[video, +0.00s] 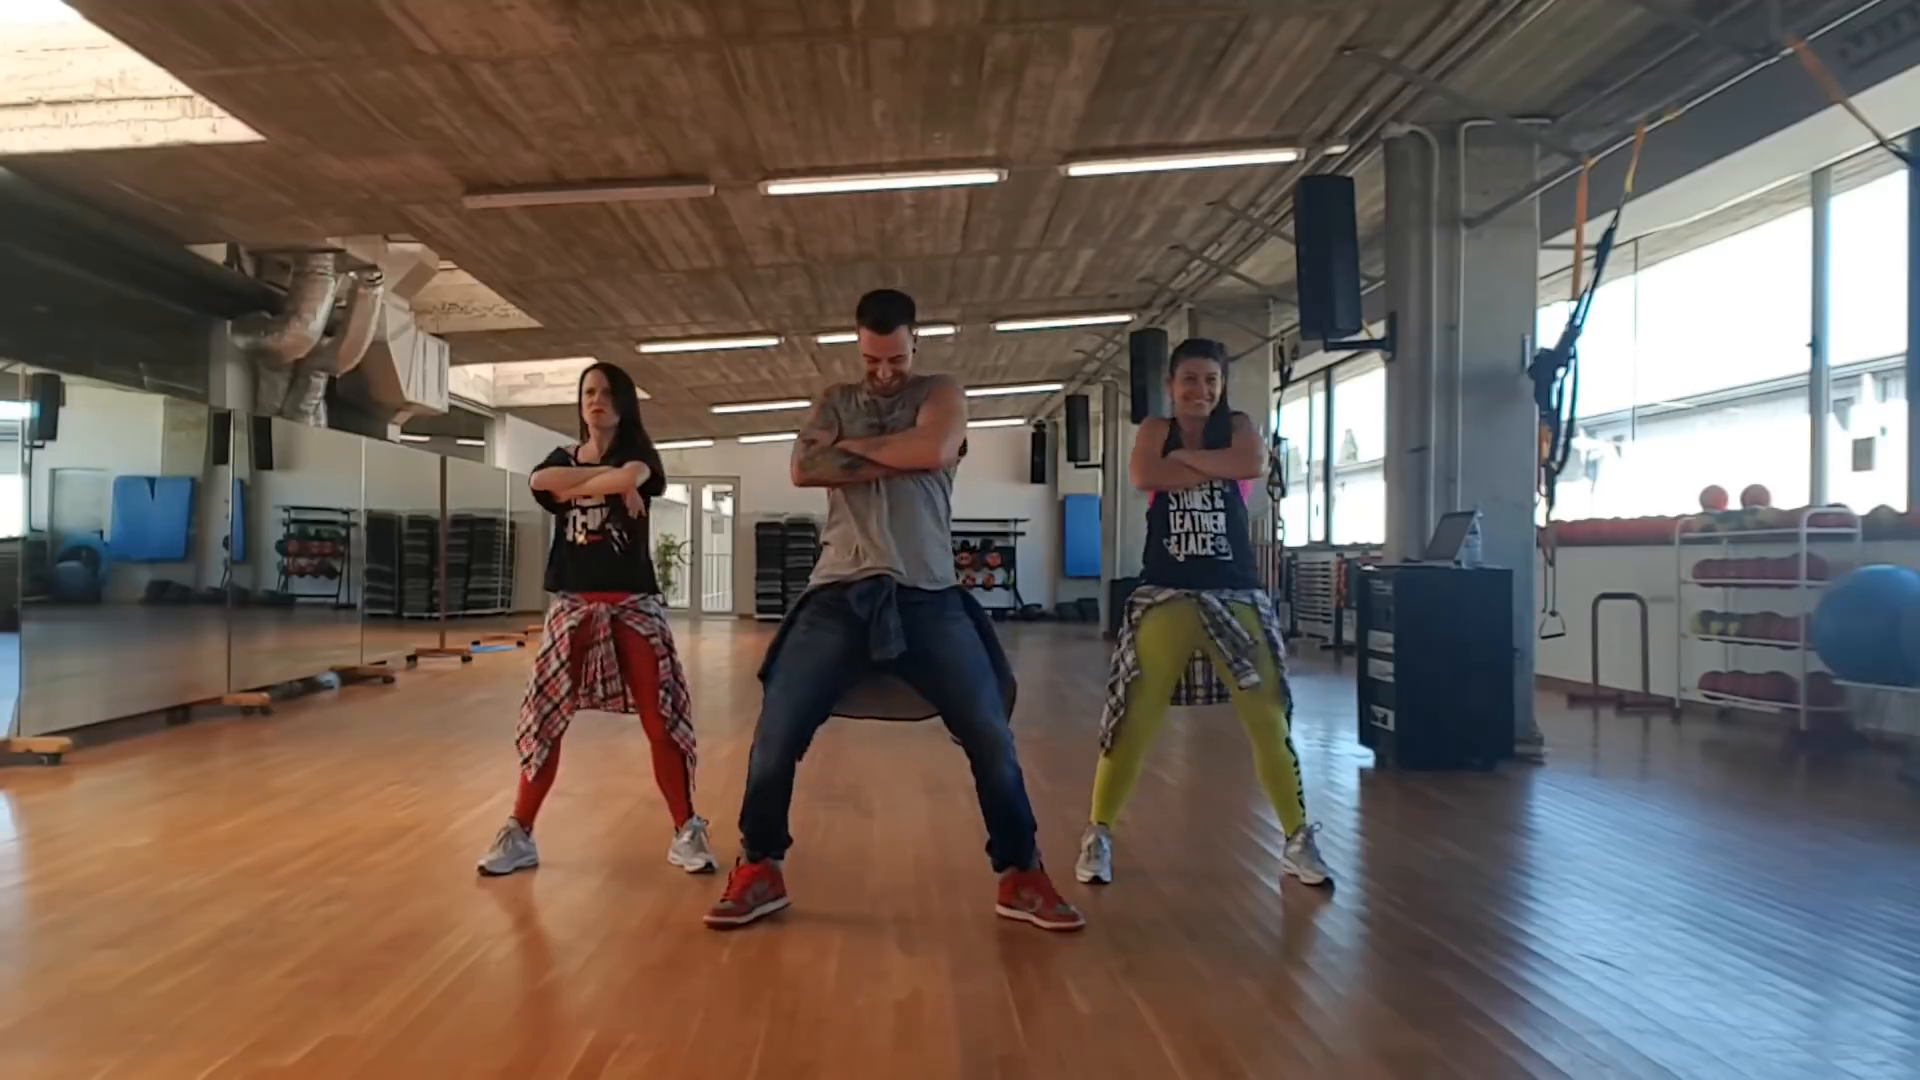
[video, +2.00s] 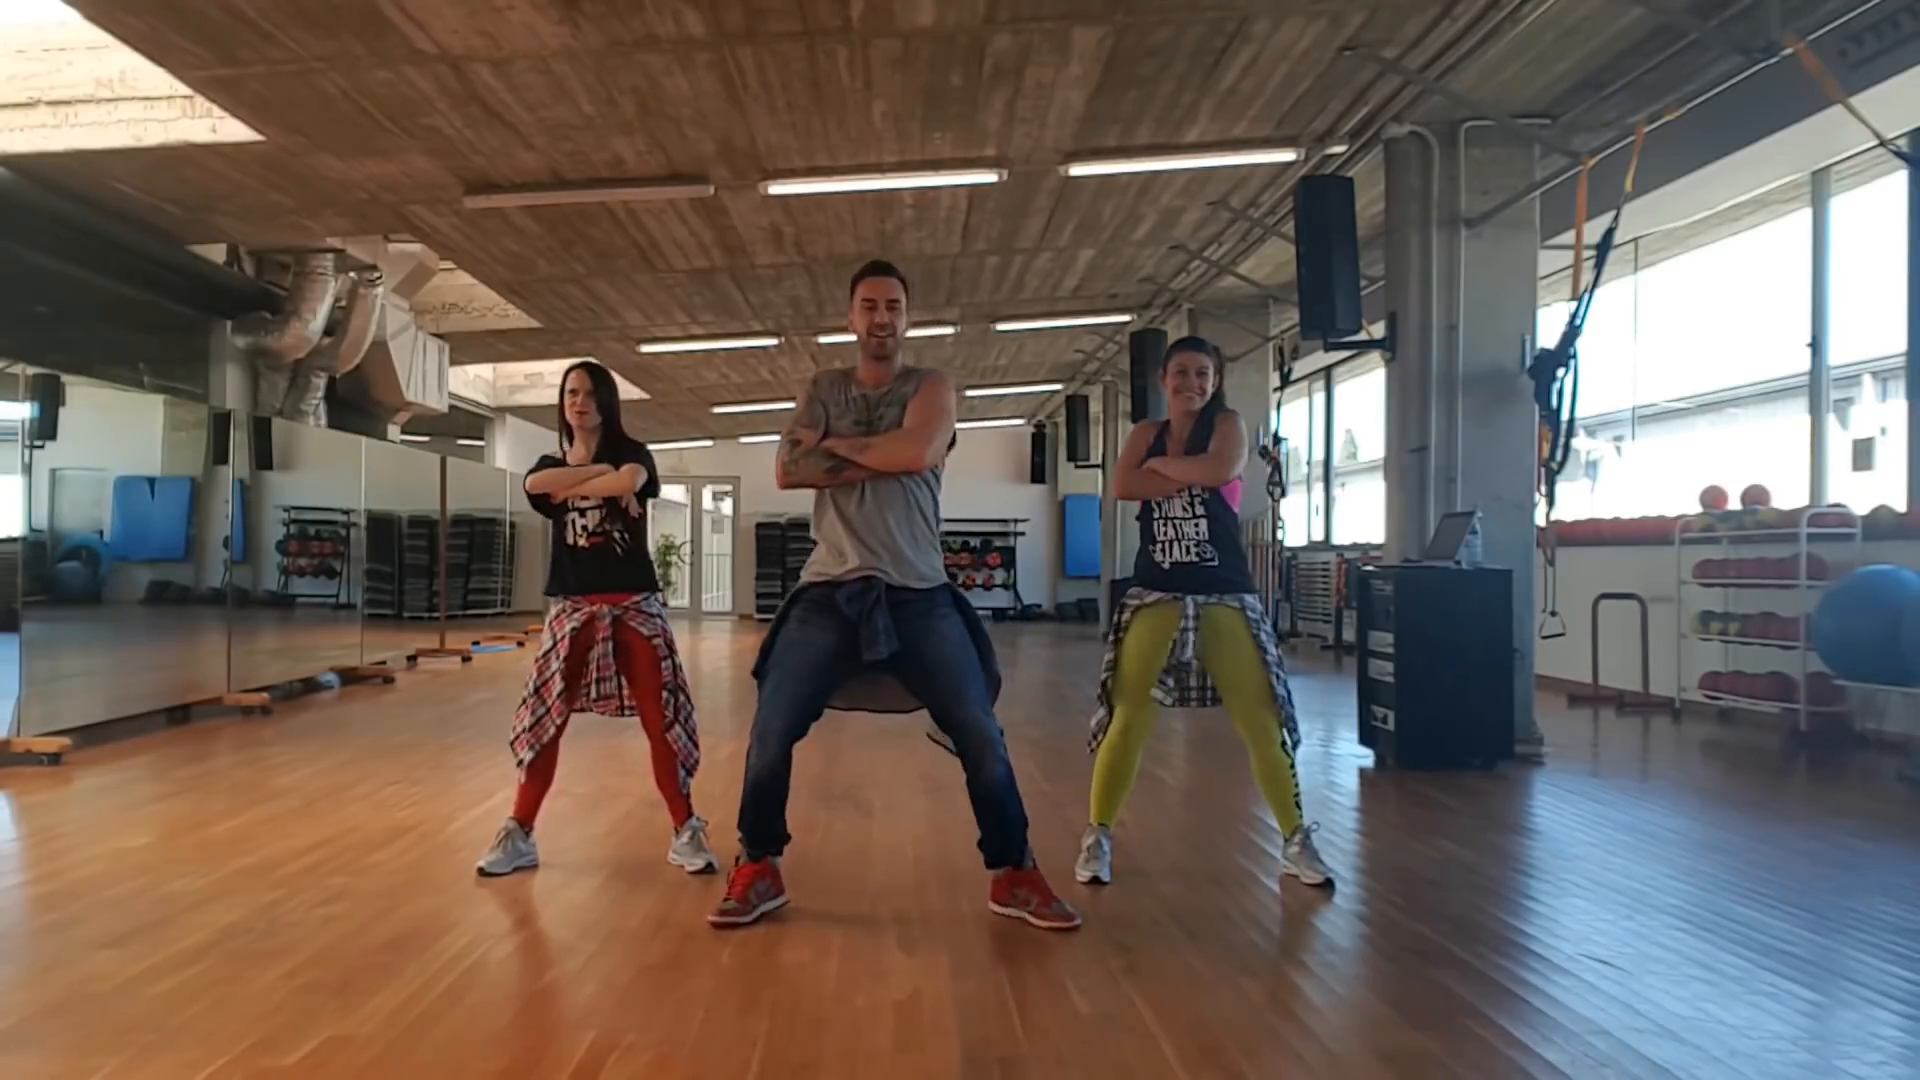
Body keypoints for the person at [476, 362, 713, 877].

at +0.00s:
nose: (597, 401)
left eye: (606, 394)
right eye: (590, 394)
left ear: (625, 403)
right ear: (580, 402)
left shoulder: (641, 457)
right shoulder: (563, 455)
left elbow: (625, 481)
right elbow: (540, 482)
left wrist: (567, 487)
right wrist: (611, 479)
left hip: (634, 600)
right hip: (572, 600)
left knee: (660, 717)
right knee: (546, 714)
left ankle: (687, 829)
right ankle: (520, 834)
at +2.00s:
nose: (578, 402)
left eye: (587, 394)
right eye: (571, 394)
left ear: (607, 402)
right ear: (561, 403)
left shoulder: (633, 453)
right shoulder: (551, 461)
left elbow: (628, 483)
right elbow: (535, 486)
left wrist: (567, 487)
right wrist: (603, 472)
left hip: (634, 601)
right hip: (572, 603)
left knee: (659, 719)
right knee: (547, 716)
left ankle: (687, 830)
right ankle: (520, 834)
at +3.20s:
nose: (609, 391)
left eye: (618, 383)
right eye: (600, 386)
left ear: (637, 396)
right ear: (590, 400)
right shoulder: (569, 458)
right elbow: (515, 494)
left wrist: (618, 545)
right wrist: (567, 499)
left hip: (641, 606)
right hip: (578, 607)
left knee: (670, 724)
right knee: (540, 716)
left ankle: (686, 833)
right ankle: (518, 834)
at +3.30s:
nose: (620, 389)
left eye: (628, 381)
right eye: (611, 384)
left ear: (648, 390)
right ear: (601, 397)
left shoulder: (665, 449)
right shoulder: (577, 450)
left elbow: (695, 464)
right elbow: (513, 452)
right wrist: (501, 452)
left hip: (659, 600)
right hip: (596, 601)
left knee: (676, 722)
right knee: (559, 714)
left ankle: (687, 832)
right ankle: (527, 831)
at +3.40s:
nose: (630, 392)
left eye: (638, 383)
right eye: (620, 387)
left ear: (656, 391)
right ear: (611, 400)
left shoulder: (677, 451)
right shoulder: (591, 454)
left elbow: (715, 438)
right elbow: (525, 450)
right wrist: (492, 398)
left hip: (673, 600)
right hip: (613, 598)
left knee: (686, 719)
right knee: (588, 709)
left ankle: (687, 831)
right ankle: (584, 812)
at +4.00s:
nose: (592, 423)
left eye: (600, 415)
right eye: (584, 417)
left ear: (620, 423)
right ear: (574, 428)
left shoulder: (631, 481)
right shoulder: (563, 480)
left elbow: (654, 491)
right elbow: (521, 491)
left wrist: (653, 417)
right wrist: (529, 425)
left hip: (626, 628)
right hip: (569, 629)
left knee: (656, 729)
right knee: (516, 720)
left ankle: (696, 831)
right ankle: (527, 832)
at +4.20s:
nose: (565, 404)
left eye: (575, 397)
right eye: (558, 397)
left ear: (594, 409)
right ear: (547, 410)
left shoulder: (603, 463)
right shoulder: (532, 458)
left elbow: (636, 468)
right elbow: (489, 461)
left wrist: (630, 398)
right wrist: (509, 393)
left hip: (591, 606)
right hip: (532, 606)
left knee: (623, 708)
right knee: (503, 725)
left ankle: (661, 818)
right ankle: (525, 829)